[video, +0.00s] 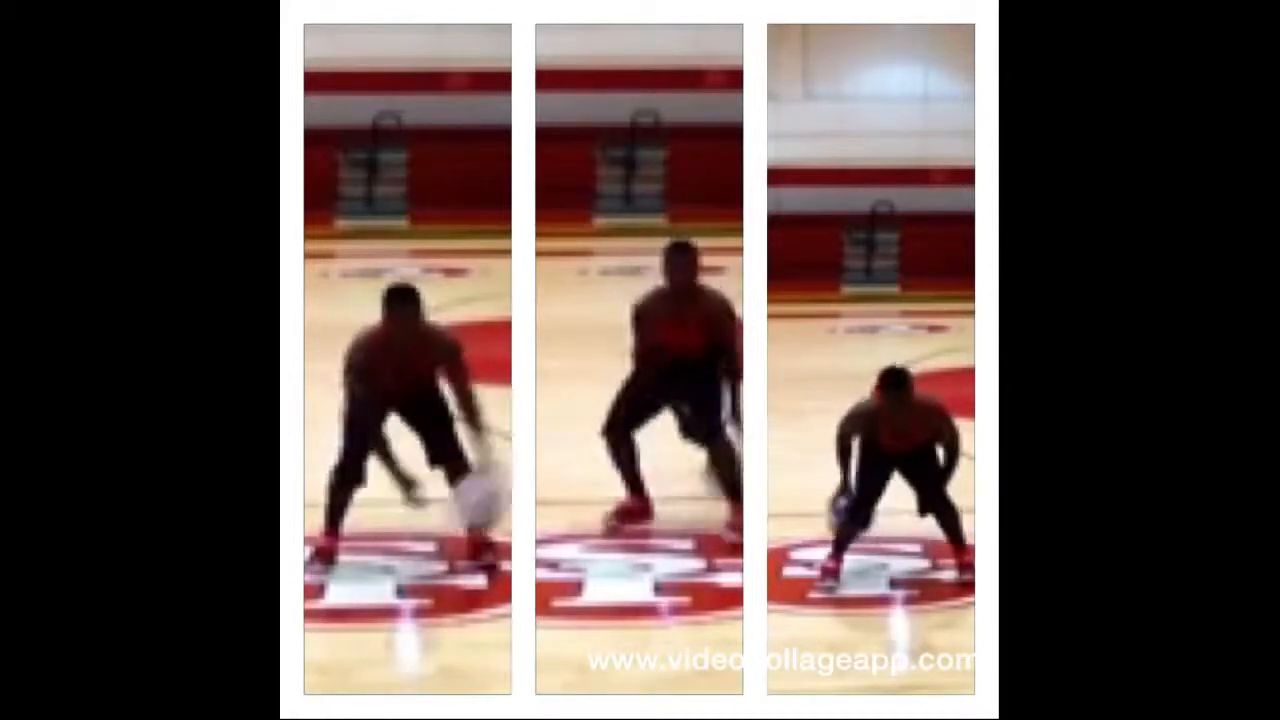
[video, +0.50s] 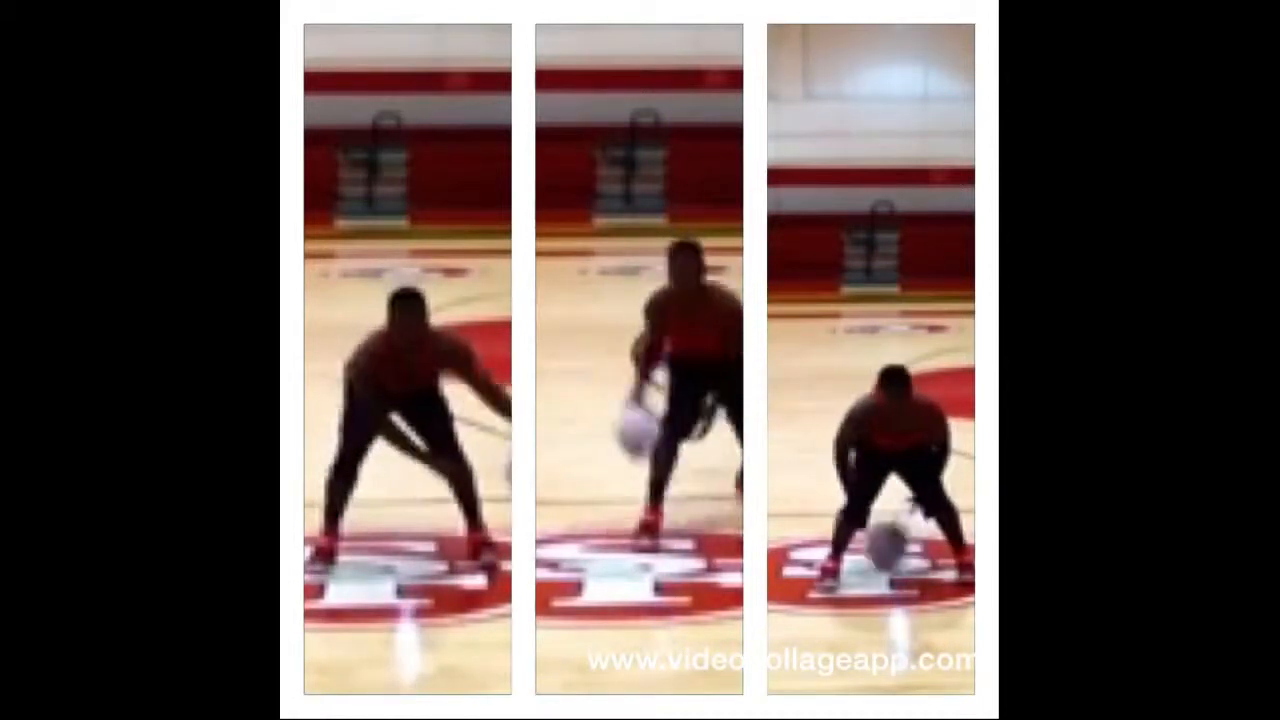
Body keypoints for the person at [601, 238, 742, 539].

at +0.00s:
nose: (680, 277)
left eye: (686, 269)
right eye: (674, 269)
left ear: (696, 270)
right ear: (665, 271)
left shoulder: (716, 308)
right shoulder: (648, 309)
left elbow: (733, 362)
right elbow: (643, 360)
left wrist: (736, 407)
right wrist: (639, 396)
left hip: (701, 381)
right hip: (656, 379)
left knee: (713, 438)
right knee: (616, 430)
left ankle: (739, 507)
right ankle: (638, 499)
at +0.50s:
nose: (681, 276)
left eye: (688, 269)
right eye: (676, 269)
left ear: (700, 269)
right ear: (669, 270)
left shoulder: (725, 305)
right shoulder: (662, 305)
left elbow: (741, 357)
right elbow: (652, 347)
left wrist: (722, 401)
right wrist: (640, 385)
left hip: (728, 371)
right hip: (687, 371)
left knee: (751, 436)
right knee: (669, 434)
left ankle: (746, 481)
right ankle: (653, 508)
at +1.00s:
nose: (710, 261)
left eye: (715, 253)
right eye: (703, 254)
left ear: (723, 253)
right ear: (691, 255)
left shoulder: (735, 285)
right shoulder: (671, 293)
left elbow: (752, 323)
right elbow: (653, 352)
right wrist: (666, 404)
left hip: (717, 354)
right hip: (673, 355)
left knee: (736, 418)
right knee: (646, 412)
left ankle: (754, 483)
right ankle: (643, 479)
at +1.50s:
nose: (681, 261)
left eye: (689, 254)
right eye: (676, 253)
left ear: (702, 255)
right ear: (669, 254)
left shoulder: (723, 289)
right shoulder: (654, 283)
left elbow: (748, 336)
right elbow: (617, 310)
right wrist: (589, 350)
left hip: (718, 352)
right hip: (673, 350)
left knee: (741, 427)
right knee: (653, 424)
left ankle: (752, 500)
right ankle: (648, 500)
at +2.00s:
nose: (702, 259)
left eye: (707, 251)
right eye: (695, 252)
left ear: (717, 250)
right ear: (686, 253)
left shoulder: (735, 277)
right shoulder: (673, 288)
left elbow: (755, 308)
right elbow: (634, 324)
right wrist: (626, 373)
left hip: (720, 351)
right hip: (678, 352)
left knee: (744, 421)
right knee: (651, 423)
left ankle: (734, 476)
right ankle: (650, 494)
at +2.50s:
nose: (695, 295)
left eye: (700, 287)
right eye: (688, 288)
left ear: (711, 281)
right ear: (680, 283)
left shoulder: (734, 305)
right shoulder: (672, 308)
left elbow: (749, 360)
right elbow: (642, 351)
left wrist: (732, 408)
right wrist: (614, 397)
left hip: (735, 369)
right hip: (696, 370)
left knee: (753, 440)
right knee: (681, 439)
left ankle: (739, 473)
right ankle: (660, 512)